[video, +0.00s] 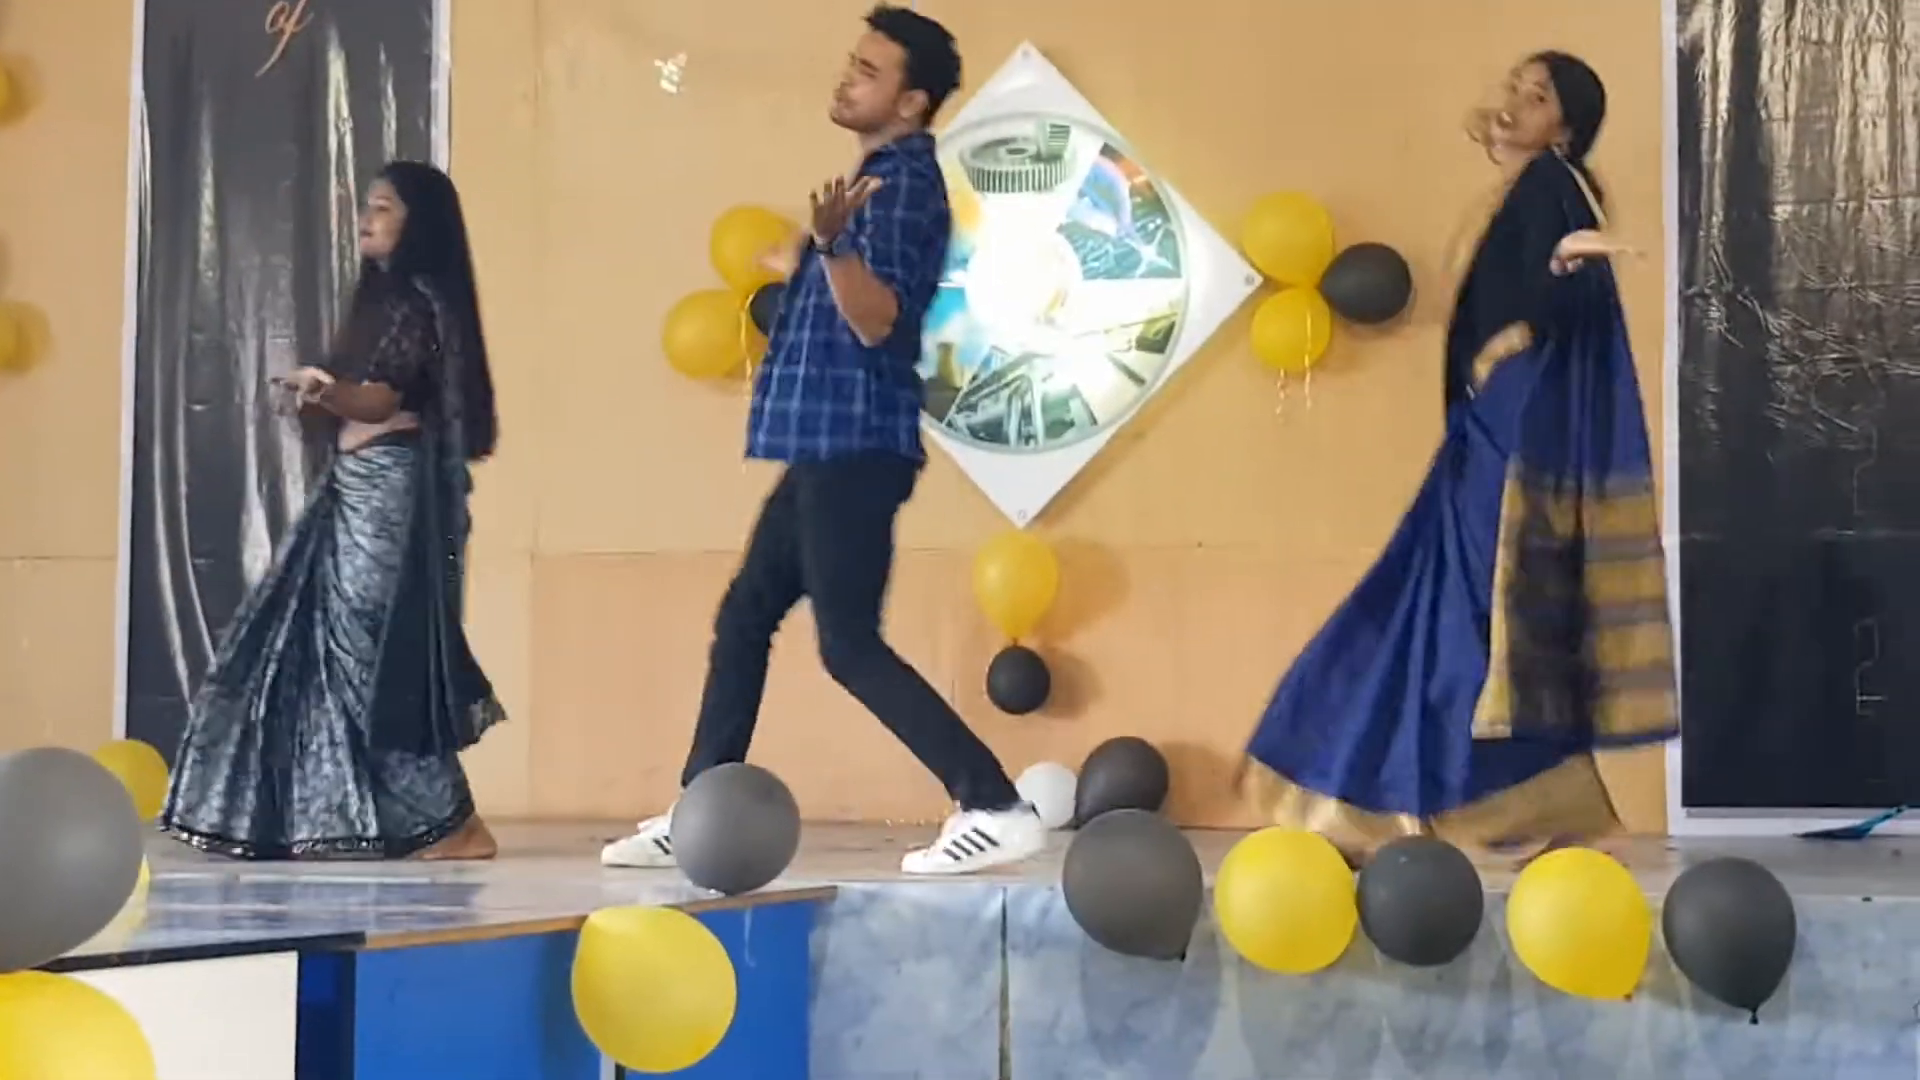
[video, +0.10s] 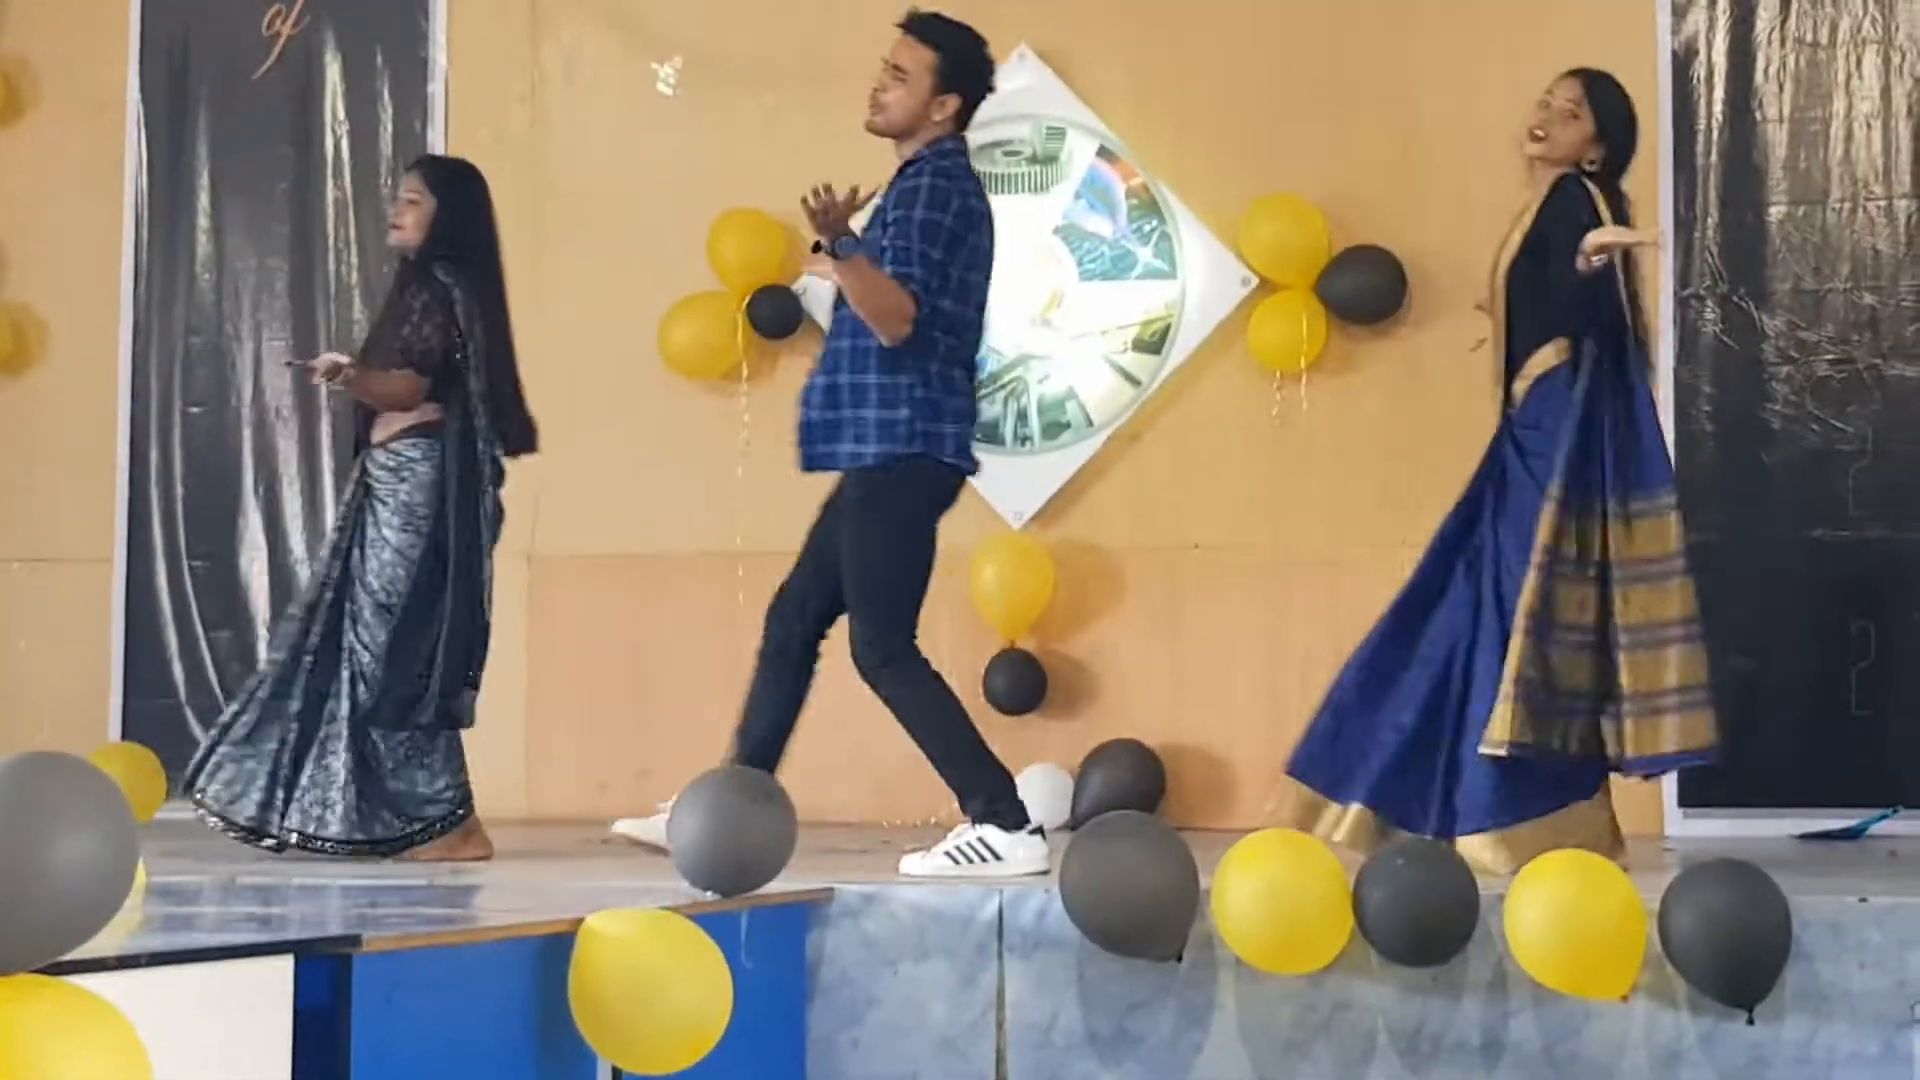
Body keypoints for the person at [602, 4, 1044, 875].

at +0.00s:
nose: (846, 80)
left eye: (868, 72)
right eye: (851, 65)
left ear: (915, 98)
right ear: (876, 85)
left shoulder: (907, 177)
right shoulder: (867, 179)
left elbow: (875, 320)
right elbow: (826, 317)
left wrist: (834, 241)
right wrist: (779, 289)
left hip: (860, 451)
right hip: (824, 451)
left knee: (850, 648)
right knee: (743, 622)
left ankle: (996, 806)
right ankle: (699, 822)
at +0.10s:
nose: (878, 86)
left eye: (899, 78)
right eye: (883, 71)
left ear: (946, 104)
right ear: (929, 101)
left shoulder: (936, 180)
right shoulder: (922, 179)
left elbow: (895, 320)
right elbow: (897, 309)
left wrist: (840, 245)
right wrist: (846, 251)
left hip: (907, 454)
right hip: (885, 453)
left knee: (882, 652)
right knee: (793, 622)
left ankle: (1004, 824)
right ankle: (728, 812)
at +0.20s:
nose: (912, 63)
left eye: (933, 54)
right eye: (917, 48)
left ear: (982, 79)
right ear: (972, 80)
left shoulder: (966, 151)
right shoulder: (970, 154)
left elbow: (933, 292)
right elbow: (940, 293)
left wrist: (867, 226)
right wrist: (878, 237)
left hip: (943, 423)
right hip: (937, 425)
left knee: (906, 625)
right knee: (831, 589)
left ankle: (1000, 824)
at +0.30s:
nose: (947, 46)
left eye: (969, 36)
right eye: (952, 30)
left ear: (1016, 63)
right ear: (998, 62)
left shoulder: (1004, 139)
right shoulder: (999, 136)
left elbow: (975, 276)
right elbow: (984, 281)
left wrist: (906, 201)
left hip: (980, 407)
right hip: (968, 406)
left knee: (937, 605)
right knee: (932, 603)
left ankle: (999, 823)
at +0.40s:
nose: (985, 54)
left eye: (1005, 44)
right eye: (989, 37)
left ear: (1054, 72)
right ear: (1049, 76)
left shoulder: (1039, 151)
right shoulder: (1055, 151)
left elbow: (1012, 288)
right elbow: (1021, 282)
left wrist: (945, 212)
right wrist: (955, 209)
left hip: (1001, 426)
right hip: (1048, 431)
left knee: (945, 616)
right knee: (1055, 631)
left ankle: (996, 828)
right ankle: (1210, 774)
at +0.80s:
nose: (981, 141)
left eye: (1002, 126)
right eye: (976, 125)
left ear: (1051, 143)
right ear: (972, 141)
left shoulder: (1059, 216)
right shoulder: (998, 239)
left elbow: (1073, 327)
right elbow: (965, 362)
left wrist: (994, 235)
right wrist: (903, 279)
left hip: (1049, 487)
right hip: (1046, 492)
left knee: (950, 663)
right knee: (1111, 703)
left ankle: (1059, 851)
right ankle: (1195, 889)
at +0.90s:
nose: (945, 180)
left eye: (963, 163)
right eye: (935, 165)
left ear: (1007, 171)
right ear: (928, 173)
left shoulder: (1041, 264)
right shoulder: (931, 269)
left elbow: (1062, 398)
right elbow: (935, 402)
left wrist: (967, 332)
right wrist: (862, 382)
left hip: (1021, 517)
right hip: (973, 524)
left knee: (957, 709)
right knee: (1062, 732)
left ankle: (1014, 893)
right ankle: (1161, 904)